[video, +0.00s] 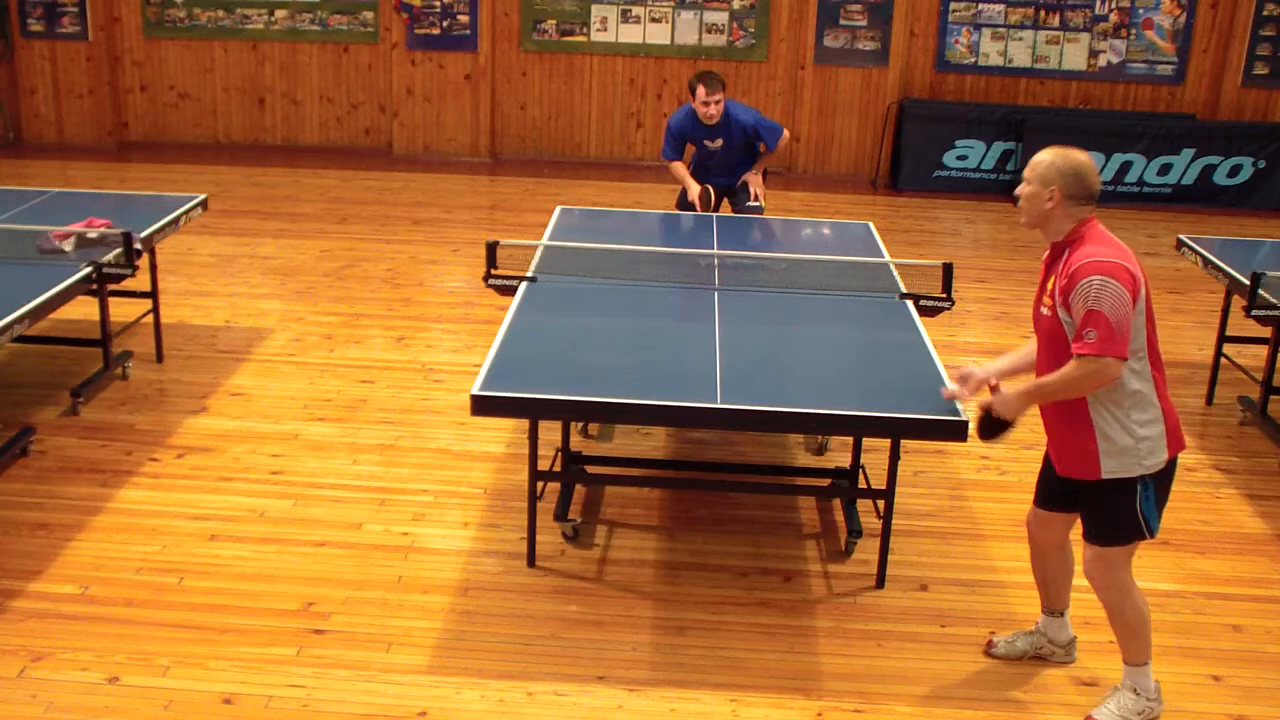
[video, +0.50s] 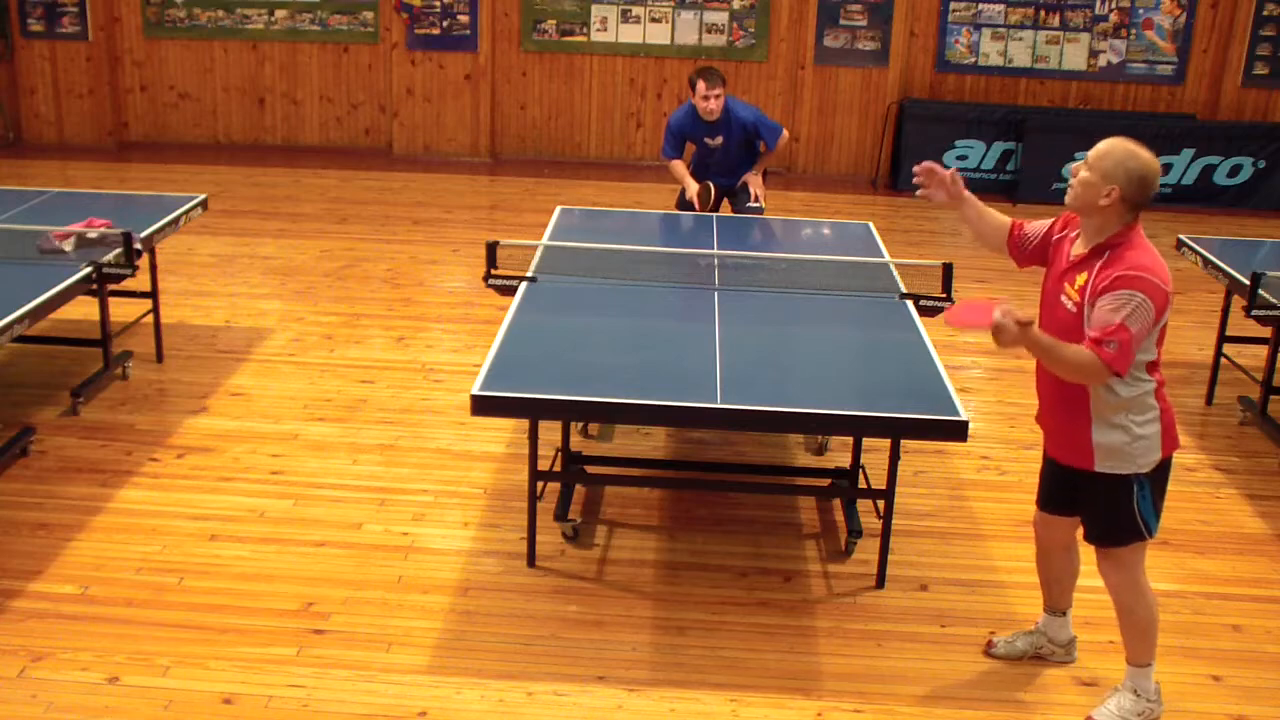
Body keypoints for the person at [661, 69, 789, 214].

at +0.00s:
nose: (712, 110)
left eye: (718, 103)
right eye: (705, 104)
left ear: (724, 99)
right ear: (693, 103)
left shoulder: (744, 119)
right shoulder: (679, 122)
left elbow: (782, 136)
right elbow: (672, 160)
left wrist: (757, 171)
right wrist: (691, 186)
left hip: (741, 175)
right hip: (705, 175)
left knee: (750, 218)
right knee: (686, 216)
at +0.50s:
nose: (712, 105)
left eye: (717, 97)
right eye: (705, 98)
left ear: (724, 94)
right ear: (693, 98)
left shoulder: (744, 116)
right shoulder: (680, 121)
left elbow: (781, 136)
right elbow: (673, 158)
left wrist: (757, 171)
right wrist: (689, 184)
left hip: (741, 175)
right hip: (705, 174)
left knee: (751, 222)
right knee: (686, 220)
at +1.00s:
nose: (701, 70)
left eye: (706, 63)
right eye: (694, 64)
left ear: (713, 65)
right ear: (682, 67)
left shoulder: (734, 95)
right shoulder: (669, 101)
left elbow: (757, 126)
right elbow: (659, 140)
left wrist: (746, 163)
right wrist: (667, 168)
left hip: (725, 176)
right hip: (686, 174)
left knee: (736, 235)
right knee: (661, 227)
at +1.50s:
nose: (719, 62)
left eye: (724, 56)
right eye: (712, 56)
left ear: (731, 58)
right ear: (700, 58)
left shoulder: (746, 88)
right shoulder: (685, 91)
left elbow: (767, 122)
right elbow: (665, 134)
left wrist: (764, 147)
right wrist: (689, 153)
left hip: (732, 175)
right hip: (691, 174)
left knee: (744, 235)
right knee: (672, 230)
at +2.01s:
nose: (777, 114)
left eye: (782, 106)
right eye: (771, 106)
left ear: (787, 105)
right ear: (754, 102)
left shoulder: (777, 115)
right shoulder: (737, 127)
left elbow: (793, 102)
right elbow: (720, 179)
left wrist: (829, 120)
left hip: (742, 182)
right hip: (709, 184)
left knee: (750, 233)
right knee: (723, 238)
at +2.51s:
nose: (797, 68)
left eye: (804, 62)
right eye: (792, 61)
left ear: (815, 66)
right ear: (783, 63)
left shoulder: (828, 95)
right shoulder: (768, 99)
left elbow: (845, 131)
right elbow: (742, 138)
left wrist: (847, 168)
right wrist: (745, 155)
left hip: (804, 181)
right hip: (764, 178)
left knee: (811, 238)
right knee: (743, 233)